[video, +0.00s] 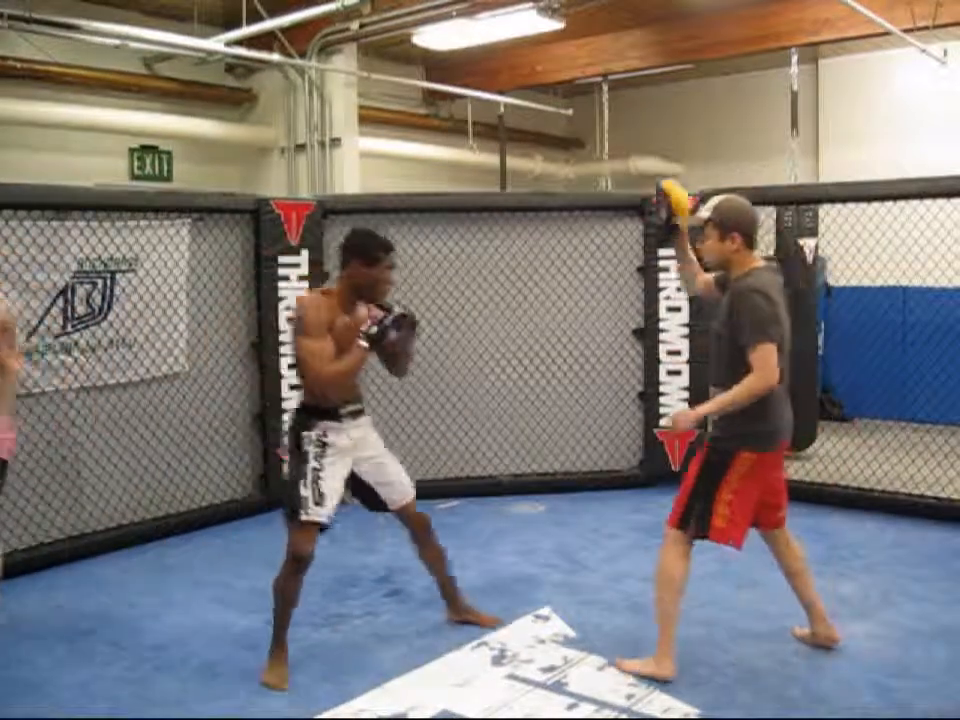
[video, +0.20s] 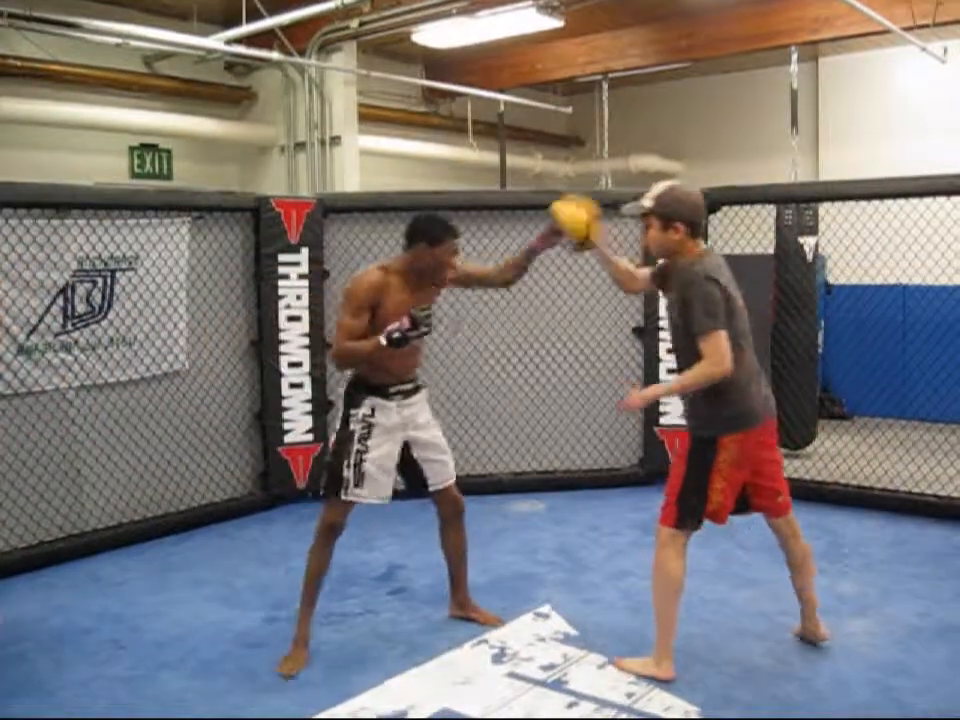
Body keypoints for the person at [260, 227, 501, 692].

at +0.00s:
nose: (392, 279)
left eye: (392, 270)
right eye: (385, 271)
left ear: (367, 269)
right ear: (355, 268)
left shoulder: (369, 311)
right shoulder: (312, 307)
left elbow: (399, 368)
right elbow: (323, 384)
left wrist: (395, 337)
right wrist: (364, 342)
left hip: (359, 427)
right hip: (317, 432)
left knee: (417, 520)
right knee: (300, 555)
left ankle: (455, 604)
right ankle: (278, 649)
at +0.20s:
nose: (452, 267)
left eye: (454, 259)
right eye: (446, 259)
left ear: (443, 254)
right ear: (419, 253)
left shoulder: (436, 275)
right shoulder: (370, 284)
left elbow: (504, 275)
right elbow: (340, 352)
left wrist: (539, 244)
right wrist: (385, 338)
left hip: (415, 401)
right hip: (368, 406)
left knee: (452, 504)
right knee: (333, 521)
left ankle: (461, 601)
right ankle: (301, 634)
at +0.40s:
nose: (470, 258)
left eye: (473, 251)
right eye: (465, 250)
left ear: (469, 246)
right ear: (439, 238)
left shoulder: (467, 268)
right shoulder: (393, 270)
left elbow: (506, 288)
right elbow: (363, 339)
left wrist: (521, 287)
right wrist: (414, 325)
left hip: (438, 390)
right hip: (393, 391)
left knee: (457, 497)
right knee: (373, 504)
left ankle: (462, 599)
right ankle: (362, 605)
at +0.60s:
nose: (467, 259)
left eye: (472, 251)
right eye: (463, 249)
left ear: (470, 247)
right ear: (439, 237)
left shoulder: (466, 276)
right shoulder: (395, 265)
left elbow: (452, 332)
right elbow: (364, 327)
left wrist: (466, 329)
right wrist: (414, 316)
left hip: (446, 390)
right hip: (402, 393)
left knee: (465, 496)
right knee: (398, 498)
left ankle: (463, 598)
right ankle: (398, 593)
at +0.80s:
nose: (465, 264)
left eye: (469, 256)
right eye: (461, 255)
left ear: (465, 252)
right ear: (436, 242)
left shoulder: (461, 275)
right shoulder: (393, 276)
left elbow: (449, 328)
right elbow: (358, 344)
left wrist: (467, 327)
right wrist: (412, 338)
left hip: (446, 394)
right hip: (403, 399)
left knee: (491, 489)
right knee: (397, 501)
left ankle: (488, 591)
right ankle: (398, 594)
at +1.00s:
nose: (470, 266)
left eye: (474, 258)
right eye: (466, 256)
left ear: (474, 253)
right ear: (442, 244)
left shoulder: (470, 277)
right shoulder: (402, 279)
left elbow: (484, 336)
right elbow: (372, 349)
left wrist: (486, 322)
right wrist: (427, 337)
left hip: (458, 398)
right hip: (414, 402)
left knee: (486, 501)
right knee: (403, 502)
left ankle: (500, 607)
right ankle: (398, 596)